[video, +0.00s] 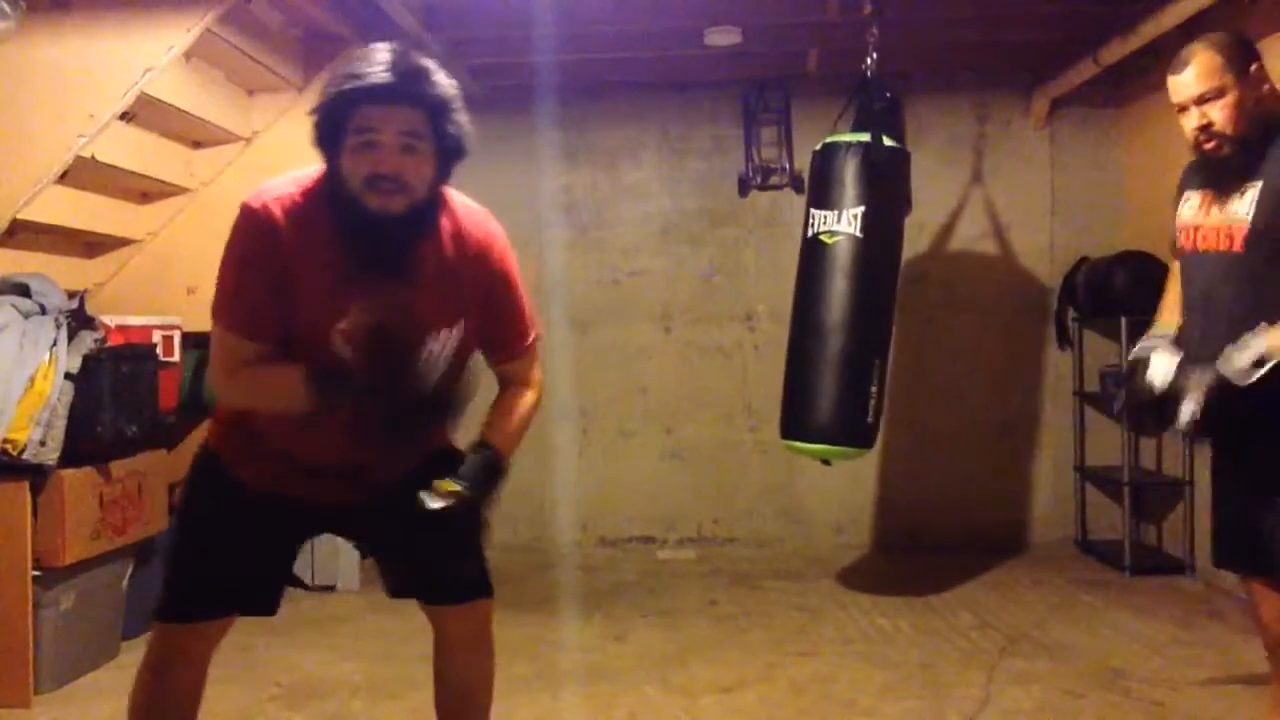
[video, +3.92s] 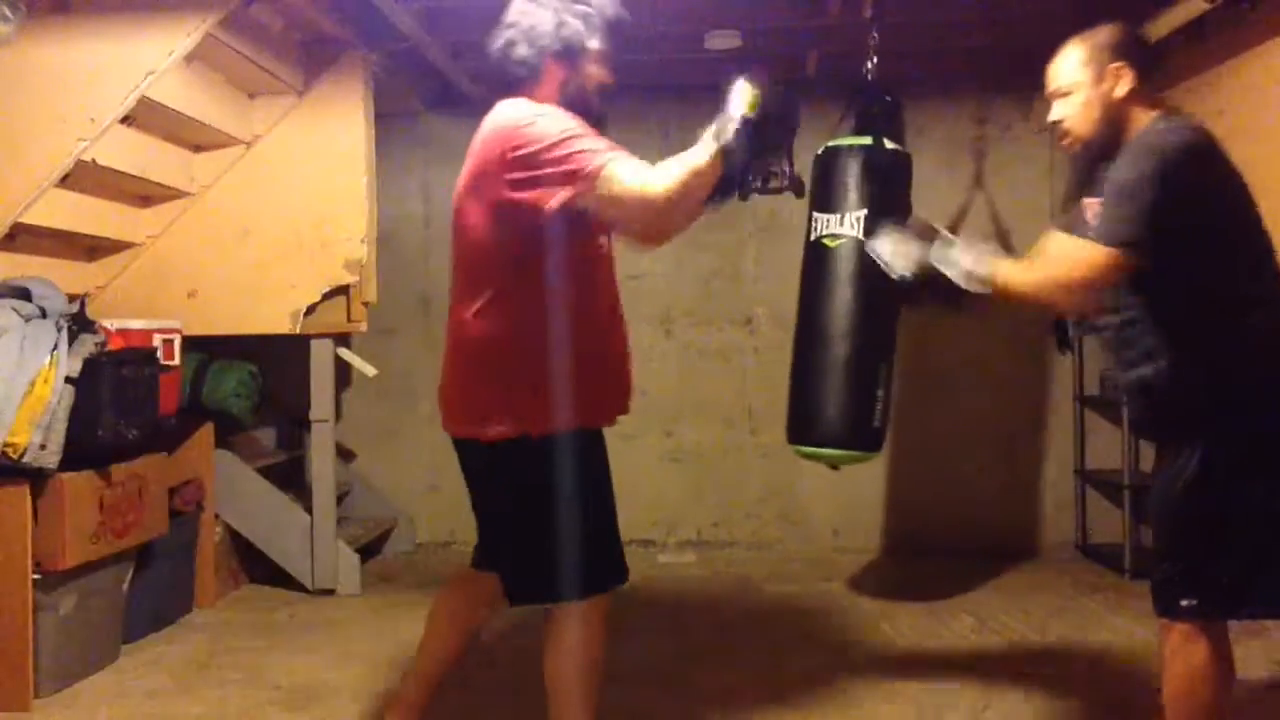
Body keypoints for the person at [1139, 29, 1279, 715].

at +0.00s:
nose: (1197, 123)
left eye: (1210, 99)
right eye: (1183, 109)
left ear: (1258, 84)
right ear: (1173, 111)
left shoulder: (1277, 166)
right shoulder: (1196, 176)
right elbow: (1184, 273)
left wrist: (1275, 337)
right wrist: (1163, 338)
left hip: (1279, 412)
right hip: (1236, 411)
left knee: (1271, 580)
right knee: (1259, 573)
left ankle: (1275, 689)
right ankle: (1274, 686)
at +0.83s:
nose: (1190, 127)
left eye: (1204, 107)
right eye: (1177, 116)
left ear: (1245, 100)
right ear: (1170, 122)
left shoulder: (1267, 166)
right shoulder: (1205, 186)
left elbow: (1275, 280)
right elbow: (1204, 281)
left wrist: (1193, 273)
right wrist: (1144, 281)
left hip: (1254, 407)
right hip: (1224, 408)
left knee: (1236, 584)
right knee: (1247, 582)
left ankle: (1237, 714)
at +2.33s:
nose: (1238, 117)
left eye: (1253, 97)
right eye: (1228, 106)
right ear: (1223, 117)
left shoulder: (1274, 195)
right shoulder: (1242, 196)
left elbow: (1275, 280)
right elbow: (1193, 291)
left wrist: (1243, 220)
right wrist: (1177, 231)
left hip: (1272, 421)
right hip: (1248, 423)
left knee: (1256, 602)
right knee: (1254, 599)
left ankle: (1242, 711)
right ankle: (1250, 706)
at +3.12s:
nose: (1189, 112)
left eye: (1204, 90)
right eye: (1185, 97)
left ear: (1261, 81)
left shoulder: (1266, 165)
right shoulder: (1233, 174)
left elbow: (1254, 278)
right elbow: (1204, 273)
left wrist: (1144, 238)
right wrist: (1115, 255)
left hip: (1250, 420)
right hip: (1222, 419)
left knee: (1221, 614)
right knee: (1223, 612)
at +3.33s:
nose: (1108, 106)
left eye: (1118, 85)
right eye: (1104, 90)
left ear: (1176, 75)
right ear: (1173, 81)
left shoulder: (1214, 147)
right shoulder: (1176, 152)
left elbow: (1151, 267)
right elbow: (1117, 261)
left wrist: (1046, 233)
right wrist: (1027, 221)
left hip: (1226, 412)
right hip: (1205, 411)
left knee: (1195, 608)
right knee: (1196, 605)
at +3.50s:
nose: (1041, 118)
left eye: (1054, 96)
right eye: (1039, 102)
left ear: (1111, 85)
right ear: (1108, 91)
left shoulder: (1151, 150)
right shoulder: (1125, 153)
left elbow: (1046, 261)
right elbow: (1053, 254)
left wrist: (952, 202)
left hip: (1225, 413)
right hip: (1207, 409)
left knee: (1188, 610)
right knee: (1191, 608)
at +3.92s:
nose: (1053, 116)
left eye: (1064, 94)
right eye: (1051, 100)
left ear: (1118, 80)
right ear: (1113, 87)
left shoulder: (1164, 151)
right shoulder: (1123, 160)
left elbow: (1081, 282)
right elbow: (1046, 270)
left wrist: (983, 266)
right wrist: (946, 260)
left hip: (1227, 417)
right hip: (1196, 416)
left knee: (1189, 609)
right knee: (1187, 606)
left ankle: (1191, 715)